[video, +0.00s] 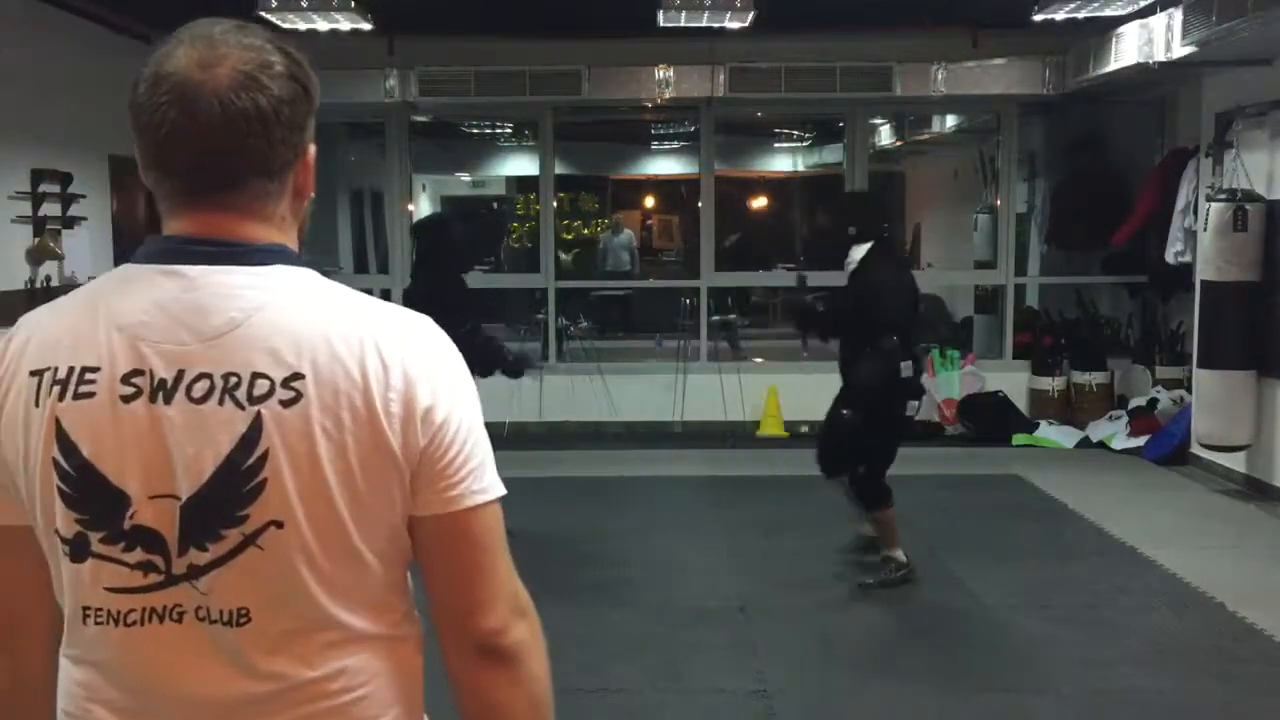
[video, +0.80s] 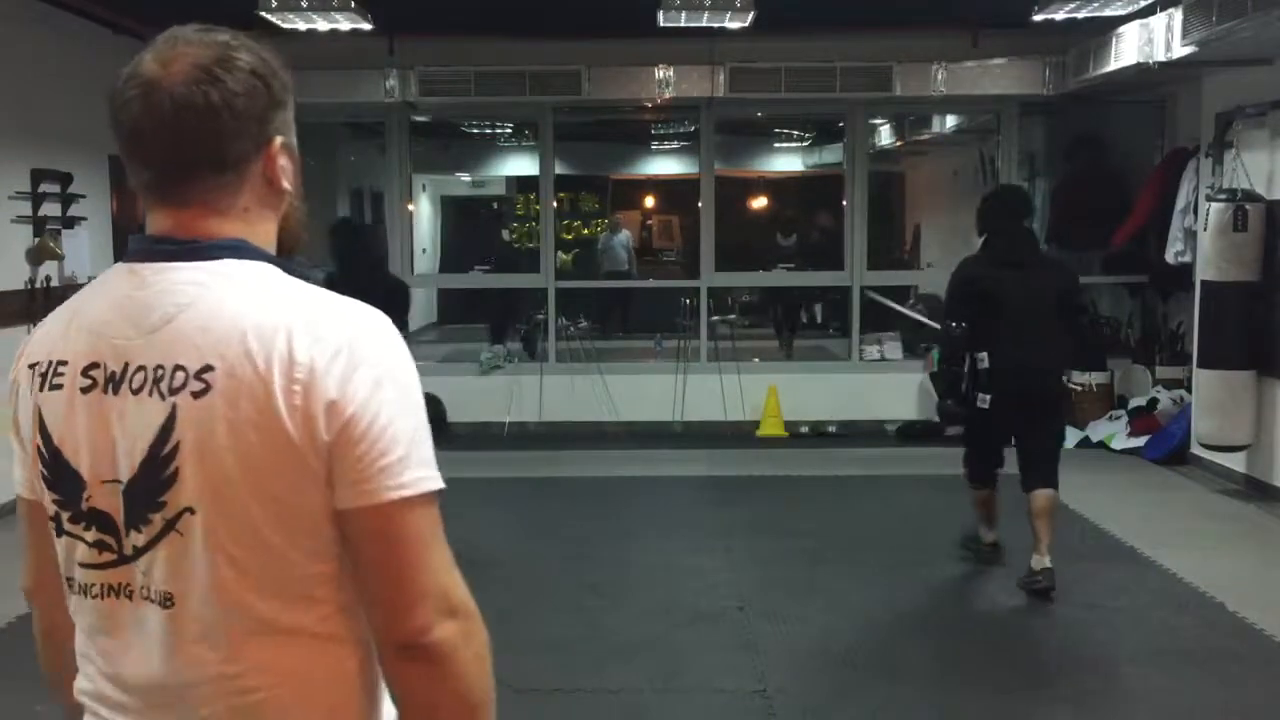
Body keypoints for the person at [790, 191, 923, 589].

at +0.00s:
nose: (829, 239)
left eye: (835, 230)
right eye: (828, 229)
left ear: (852, 230)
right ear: (878, 229)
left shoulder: (868, 274)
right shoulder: (894, 269)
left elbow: (846, 326)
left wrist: (806, 315)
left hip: (873, 389)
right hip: (892, 385)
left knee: (865, 472)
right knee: (838, 457)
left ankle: (895, 556)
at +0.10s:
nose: (847, 230)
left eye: (851, 221)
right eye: (848, 221)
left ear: (866, 223)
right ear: (890, 219)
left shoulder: (886, 265)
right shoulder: (905, 258)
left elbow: (879, 330)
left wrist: (837, 318)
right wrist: (842, 316)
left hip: (891, 386)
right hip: (911, 384)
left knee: (874, 471)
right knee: (879, 468)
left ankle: (896, 558)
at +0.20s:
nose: (866, 228)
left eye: (871, 219)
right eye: (867, 219)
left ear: (885, 221)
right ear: (913, 218)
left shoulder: (897, 264)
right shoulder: (926, 258)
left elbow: (883, 331)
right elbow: (936, 324)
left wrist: (846, 318)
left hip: (897, 386)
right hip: (928, 382)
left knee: (888, 471)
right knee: (924, 467)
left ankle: (897, 559)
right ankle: (993, 528)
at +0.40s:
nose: (909, 235)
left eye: (914, 227)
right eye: (911, 226)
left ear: (931, 226)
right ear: (957, 224)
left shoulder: (930, 266)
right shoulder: (978, 263)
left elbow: (923, 337)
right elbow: (980, 328)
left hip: (938, 391)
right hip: (981, 387)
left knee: (912, 471)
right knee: (989, 474)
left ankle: (901, 559)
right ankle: (1029, 555)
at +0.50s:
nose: (927, 238)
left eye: (930, 231)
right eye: (928, 231)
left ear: (944, 230)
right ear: (978, 225)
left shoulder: (944, 273)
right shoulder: (1006, 267)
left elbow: (934, 343)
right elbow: (1023, 328)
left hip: (959, 397)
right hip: (1009, 392)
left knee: (926, 477)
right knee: (1016, 476)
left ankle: (906, 557)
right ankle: (1042, 562)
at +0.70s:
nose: (964, 230)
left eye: (967, 224)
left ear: (974, 225)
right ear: (1016, 222)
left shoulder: (965, 272)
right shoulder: (1044, 269)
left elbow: (951, 340)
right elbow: (1064, 331)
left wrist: (946, 390)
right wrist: (1045, 367)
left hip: (980, 387)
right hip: (1035, 388)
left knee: (959, 463)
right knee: (1037, 472)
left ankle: (953, 542)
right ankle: (1043, 563)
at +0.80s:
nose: (983, 227)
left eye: (983, 220)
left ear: (985, 223)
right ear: (1027, 221)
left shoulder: (971, 271)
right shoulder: (1056, 269)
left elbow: (954, 339)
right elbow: (1080, 329)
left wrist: (949, 389)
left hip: (992, 384)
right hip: (1044, 383)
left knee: (981, 461)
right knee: (1041, 469)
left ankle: (988, 536)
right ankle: (1042, 560)